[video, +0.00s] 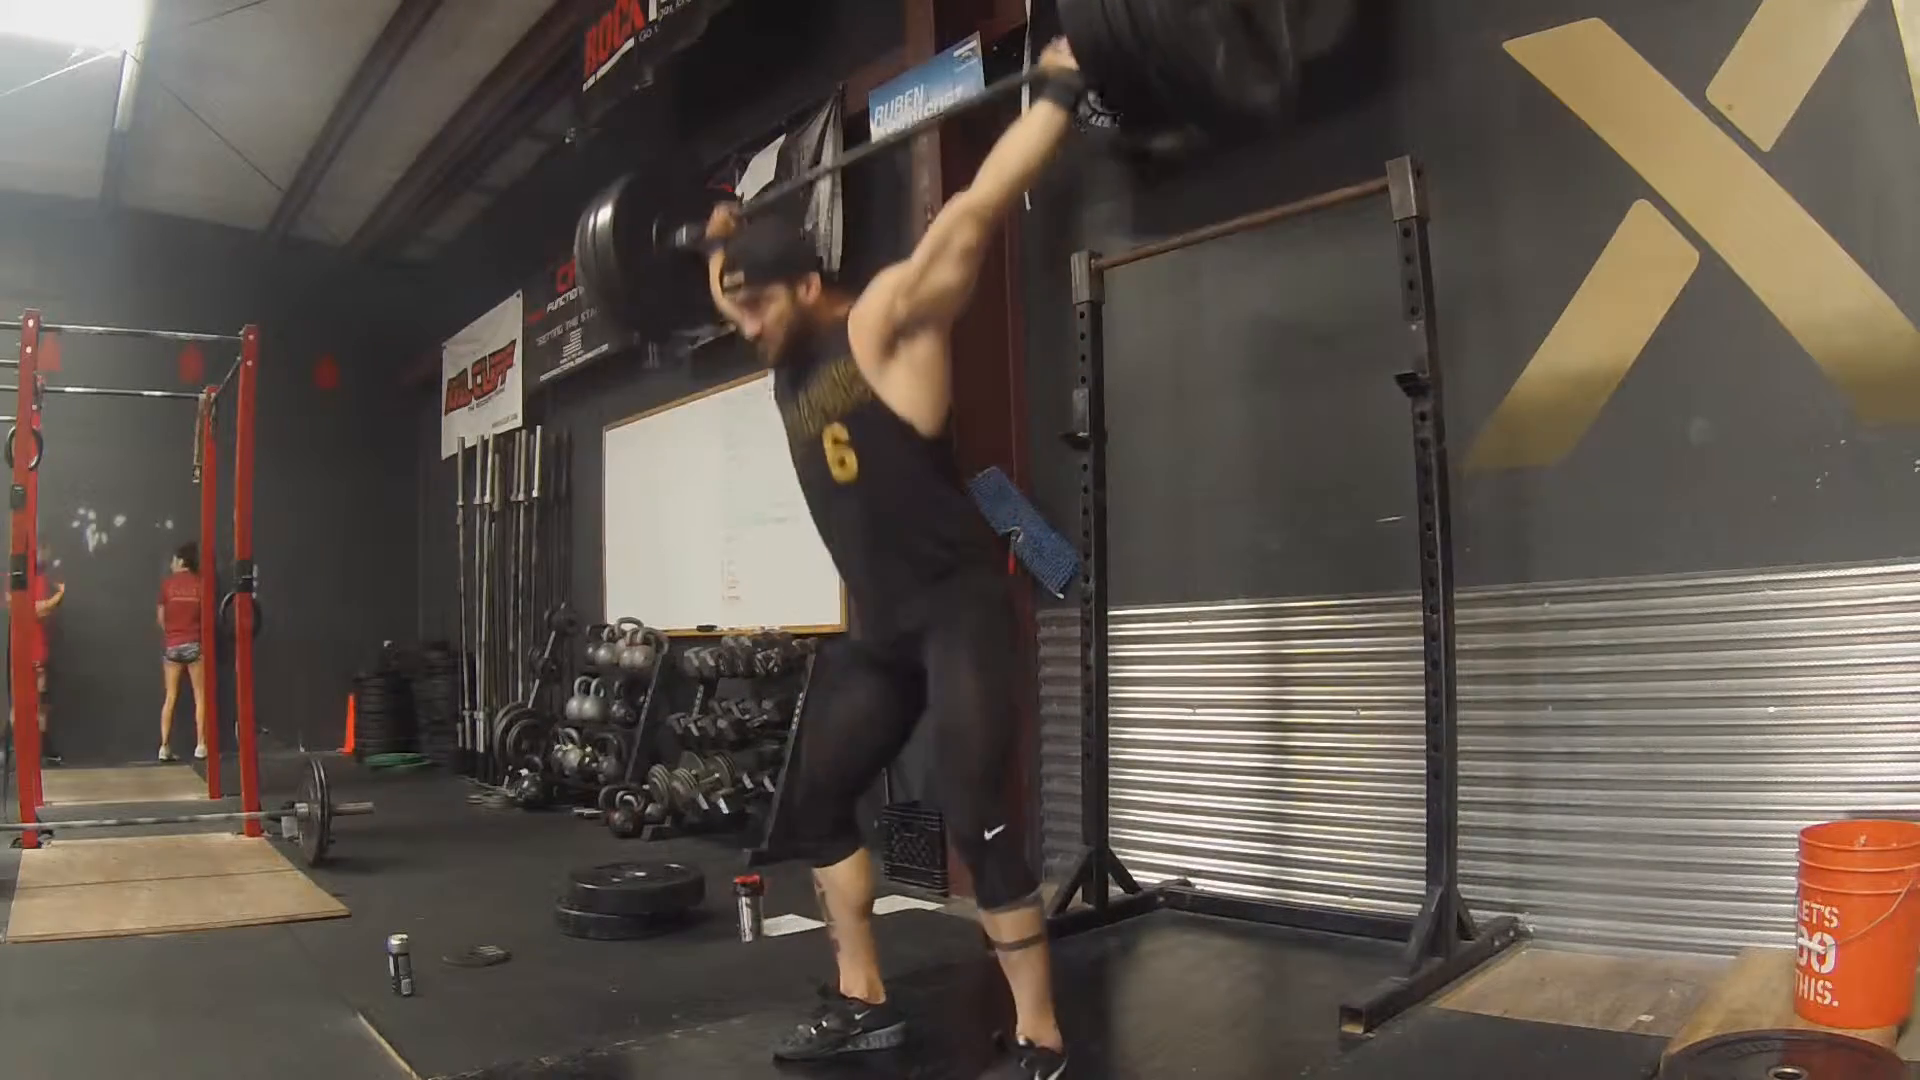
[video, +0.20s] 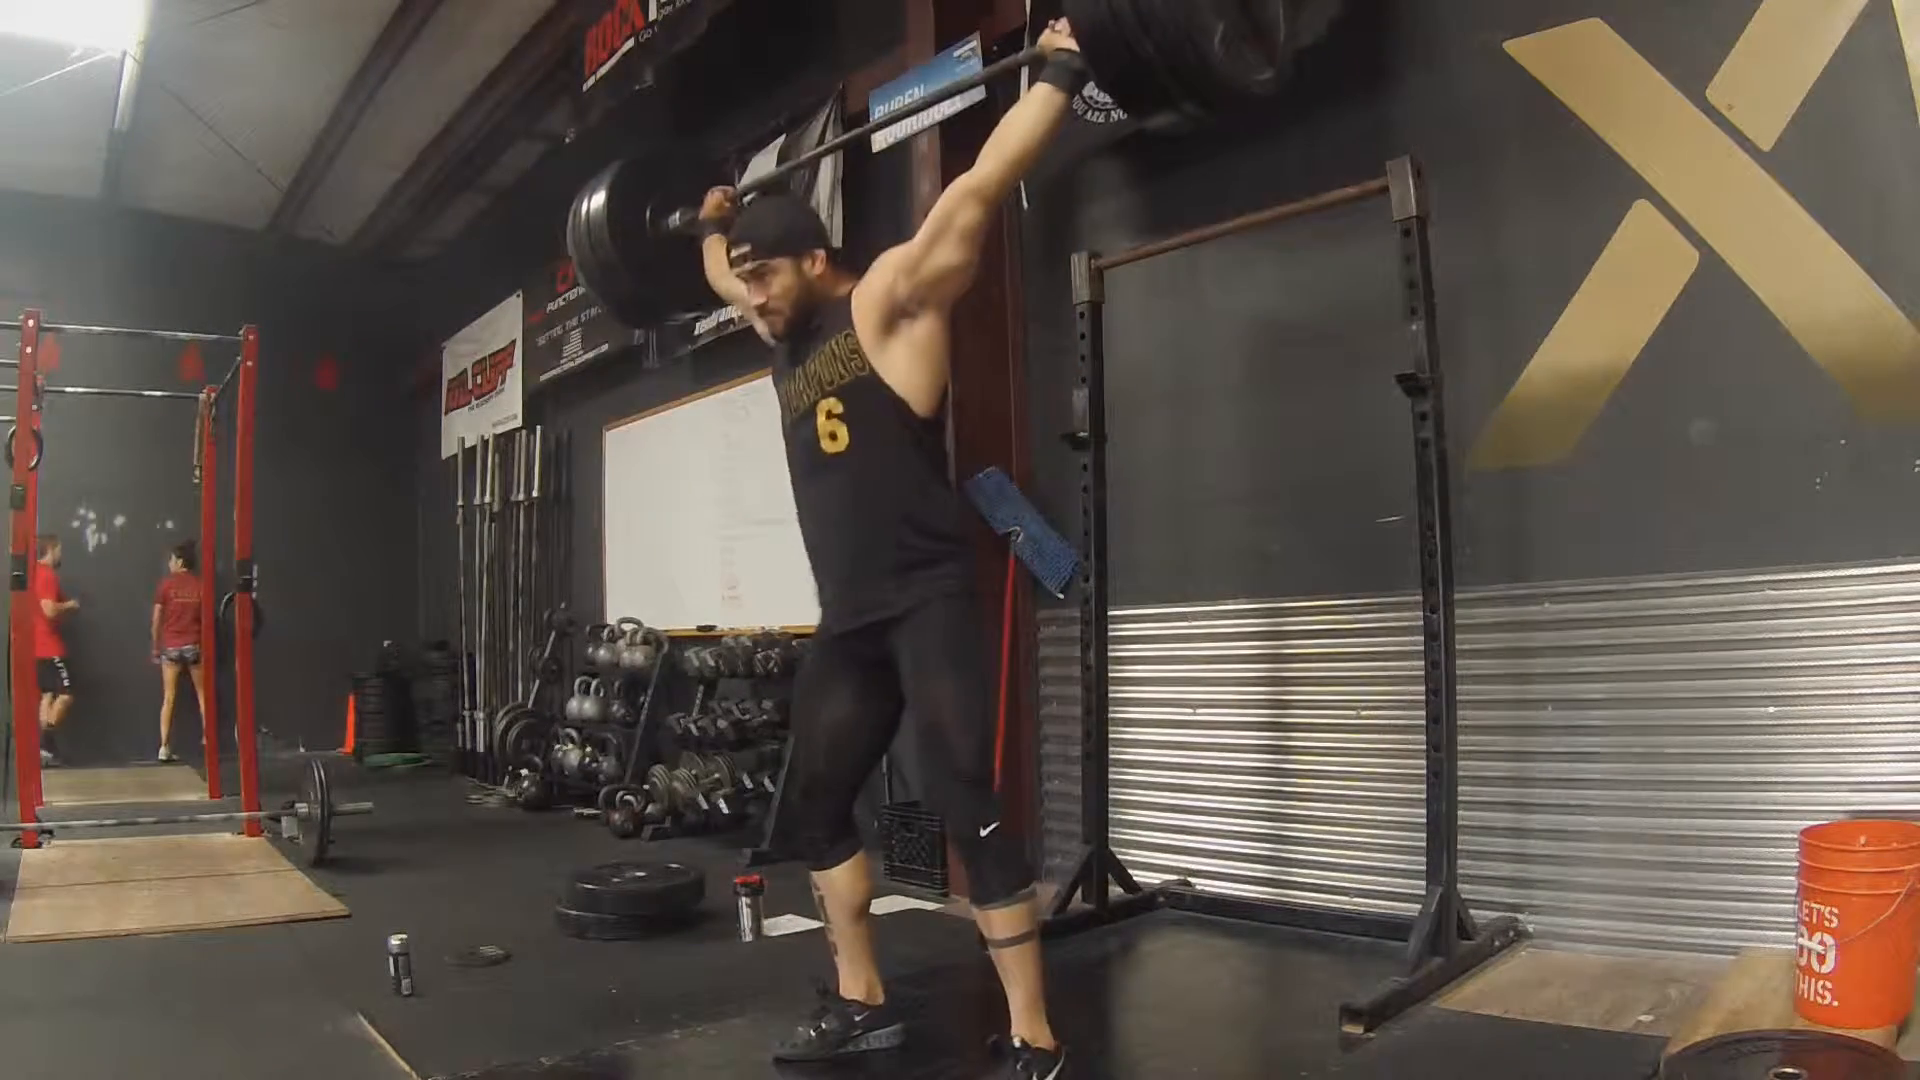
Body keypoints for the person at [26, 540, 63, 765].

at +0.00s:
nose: (46, 556)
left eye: (46, 550)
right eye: (43, 551)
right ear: (38, 555)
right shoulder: (38, 580)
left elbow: (39, 608)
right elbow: (39, 609)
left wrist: (56, 595)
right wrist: (59, 595)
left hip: (26, 652)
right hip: (36, 652)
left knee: (21, 701)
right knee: (40, 701)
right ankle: (41, 747)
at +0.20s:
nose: (60, 554)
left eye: (59, 550)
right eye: (58, 550)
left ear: (45, 551)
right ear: (48, 551)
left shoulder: (36, 573)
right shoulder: (45, 574)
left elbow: (44, 608)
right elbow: (49, 608)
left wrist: (62, 607)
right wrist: (70, 604)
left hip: (38, 644)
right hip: (48, 644)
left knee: (48, 693)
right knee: (65, 693)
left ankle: (43, 744)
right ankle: (46, 739)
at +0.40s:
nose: (76, 556)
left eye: (75, 551)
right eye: (74, 551)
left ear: (60, 552)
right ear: (64, 551)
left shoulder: (45, 576)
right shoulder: (61, 576)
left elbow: (41, 606)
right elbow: (59, 611)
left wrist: (68, 611)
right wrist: (78, 614)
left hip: (46, 647)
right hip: (63, 648)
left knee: (53, 694)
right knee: (82, 692)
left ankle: (48, 750)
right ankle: (95, 746)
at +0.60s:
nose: (91, 558)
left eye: (91, 553)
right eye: (89, 553)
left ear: (75, 553)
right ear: (79, 553)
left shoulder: (60, 574)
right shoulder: (76, 576)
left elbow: (57, 608)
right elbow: (76, 614)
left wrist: (82, 611)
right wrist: (92, 614)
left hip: (60, 647)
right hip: (78, 649)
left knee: (62, 694)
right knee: (93, 696)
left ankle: (50, 748)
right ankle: (109, 747)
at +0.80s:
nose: (105, 556)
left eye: (104, 551)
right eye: (103, 552)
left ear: (89, 553)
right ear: (95, 553)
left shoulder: (76, 575)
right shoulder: (94, 577)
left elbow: (77, 608)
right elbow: (99, 613)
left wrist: (105, 613)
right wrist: (117, 613)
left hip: (79, 648)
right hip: (96, 650)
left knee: (80, 694)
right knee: (103, 696)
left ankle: (58, 739)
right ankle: (112, 748)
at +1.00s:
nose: (119, 556)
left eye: (118, 552)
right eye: (116, 552)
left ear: (102, 552)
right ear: (106, 552)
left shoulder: (89, 574)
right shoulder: (105, 576)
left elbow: (92, 608)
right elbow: (111, 612)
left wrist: (121, 615)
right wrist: (129, 612)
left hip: (93, 647)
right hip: (106, 648)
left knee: (101, 693)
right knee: (109, 695)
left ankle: (82, 736)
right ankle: (112, 747)